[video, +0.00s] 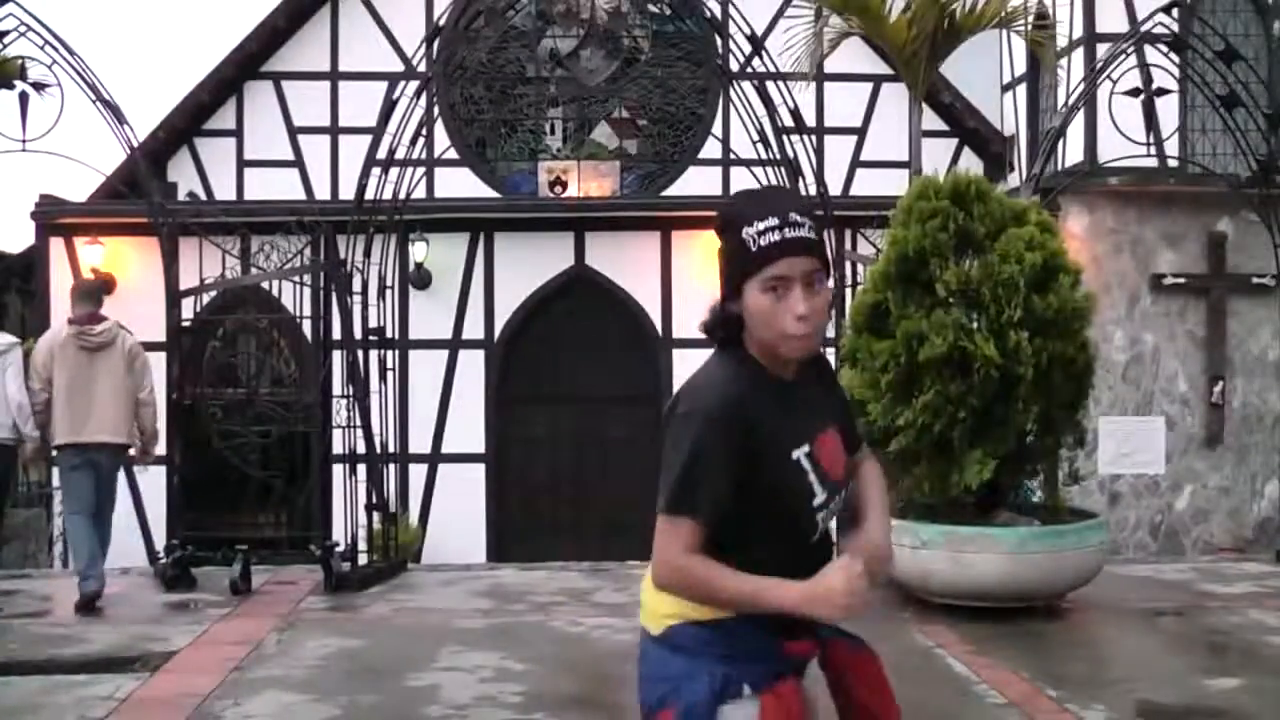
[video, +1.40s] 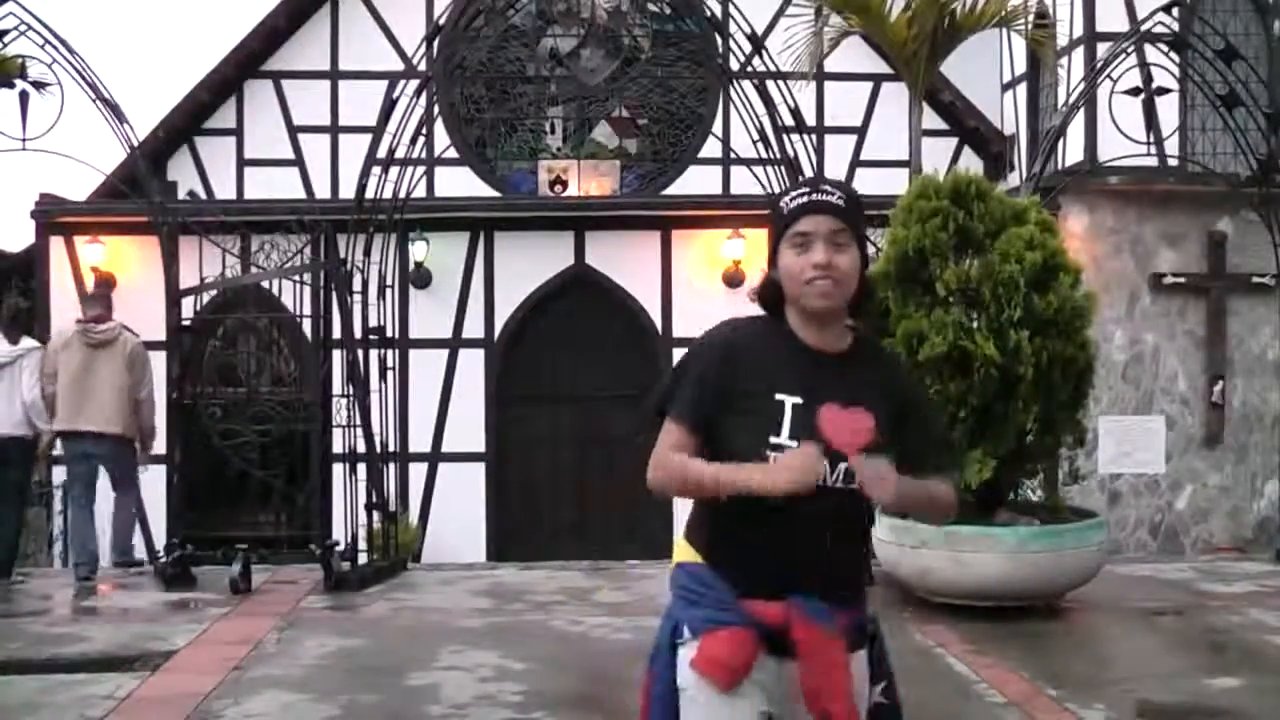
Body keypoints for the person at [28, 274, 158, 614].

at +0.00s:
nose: (78, 310)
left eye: (75, 304)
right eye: (88, 305)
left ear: (72, 303)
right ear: (102, 304)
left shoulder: (51, 342)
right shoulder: (126, 342)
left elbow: (39, 398)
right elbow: (145, 396)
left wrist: (41, 436)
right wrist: (148, 444)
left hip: (71, 438)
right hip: (111, 438)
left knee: (77, 512)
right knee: (102, 514)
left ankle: (89, 584)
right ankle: (91, 583)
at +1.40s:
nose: (98, 316)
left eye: (93, 312)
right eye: (103, 311)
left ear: (83, 311)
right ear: (111, 310)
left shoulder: (60, 343)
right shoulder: (131, 345)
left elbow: (49, 389)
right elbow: (144, 396)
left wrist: (59, 421)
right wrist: (147, 437)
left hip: (74, 432)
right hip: (115, 432)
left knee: (79, 499)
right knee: (126, 491)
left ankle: (83, 566)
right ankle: (122, 552)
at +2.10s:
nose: (146, 318)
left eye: (142, 312)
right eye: (154, 313)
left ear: (133, 312)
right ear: (160, 313)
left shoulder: (109, 342)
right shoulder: (177, 347)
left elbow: (91, 384)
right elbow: (186, 393)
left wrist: (85, 419)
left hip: (120, 428)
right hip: (157, 430)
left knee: (117, 488)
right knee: (157, 492)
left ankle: (98, 548)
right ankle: (149, 555)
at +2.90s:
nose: (139, 337)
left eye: (138, 332)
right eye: (145, 333)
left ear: (135, 332)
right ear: (160, 333)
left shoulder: (113, 362)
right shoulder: (170, 362)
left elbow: (99, 402)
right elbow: (186, 393)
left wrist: (102, 433)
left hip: (123, 441)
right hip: (158, 443)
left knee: (132, 508)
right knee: (167, 499)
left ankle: (135, 559)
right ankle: (151, 543)